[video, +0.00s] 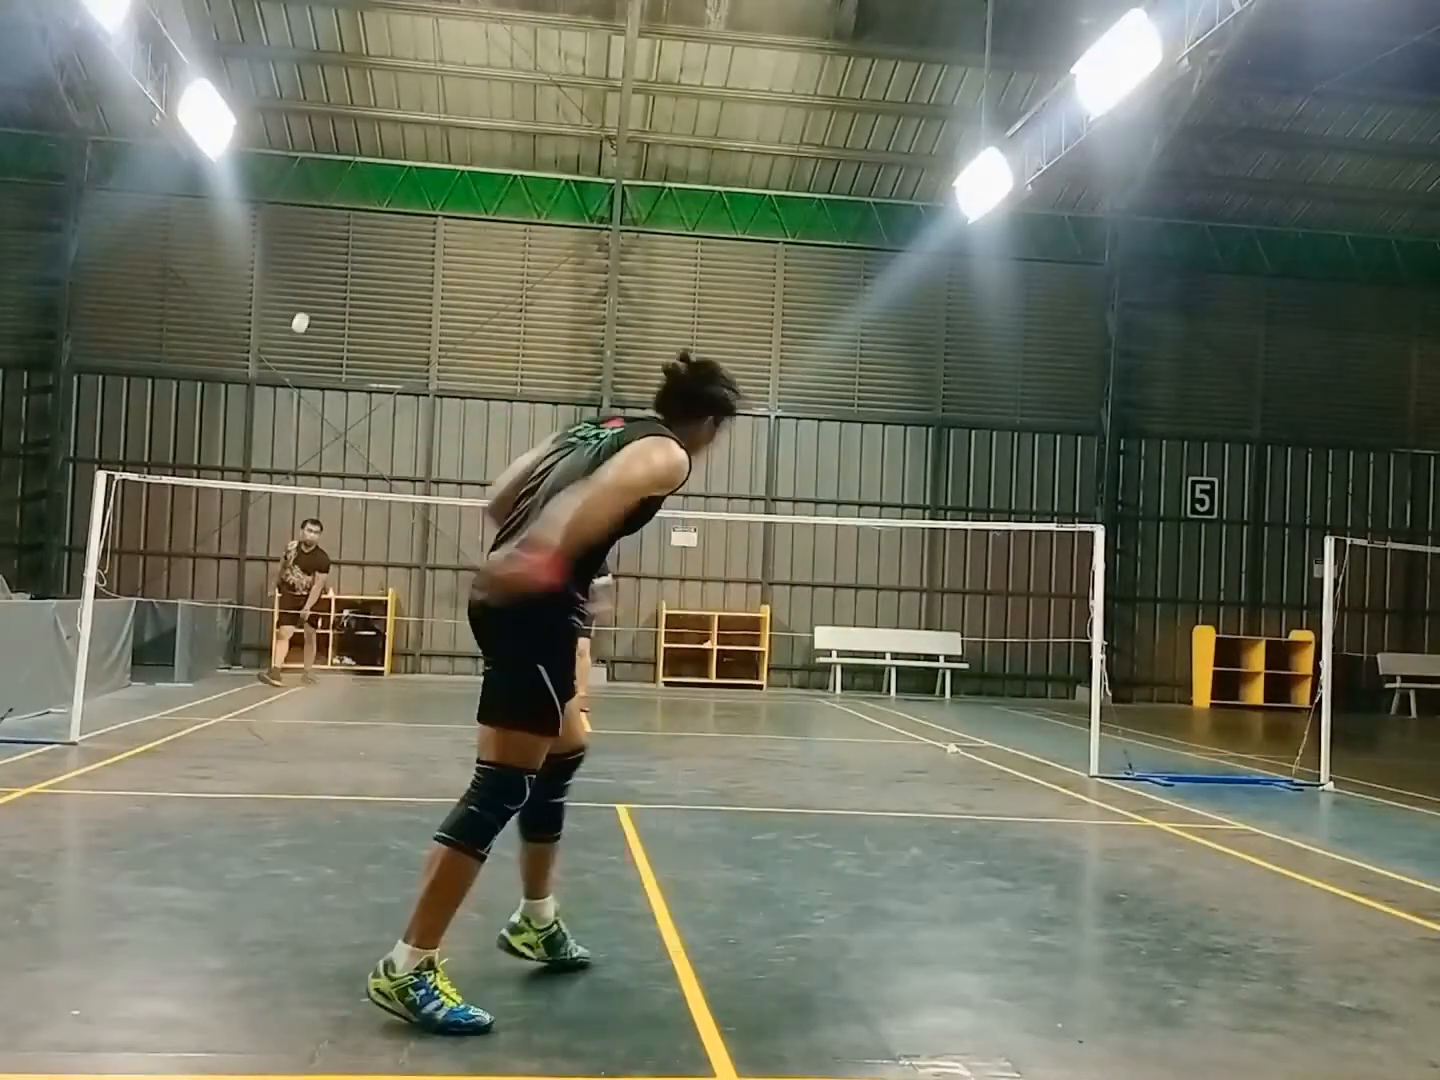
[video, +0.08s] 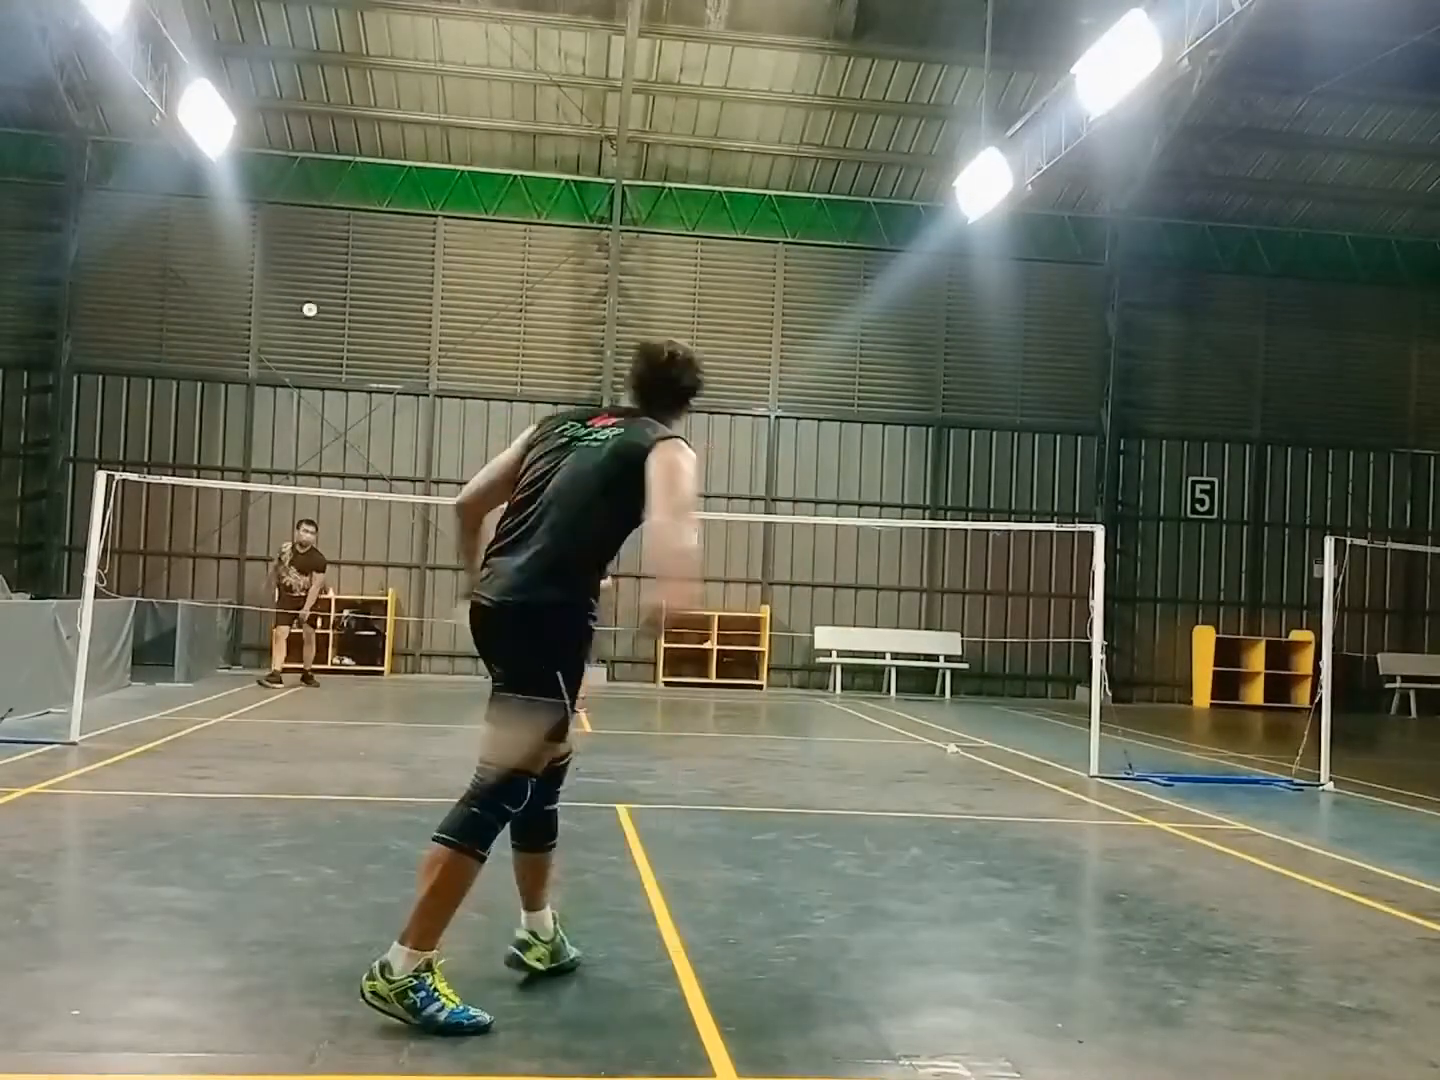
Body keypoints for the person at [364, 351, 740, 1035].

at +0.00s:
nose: (717, 443)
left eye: (721, 431)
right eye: (720, 430)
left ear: (664, 407)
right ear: (706, 423)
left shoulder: (599, 434)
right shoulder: (668, 455)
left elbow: (505, 491)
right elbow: (597, 496)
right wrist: (545, 553)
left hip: (505, 602)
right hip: (542, 611)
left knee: (565, 746)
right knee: (498, 787)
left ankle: (536, 920)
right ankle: (408, 967)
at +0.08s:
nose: (686, 417)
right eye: (690, 408)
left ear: (628, 388)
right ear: (683, 404)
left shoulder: (562, 424)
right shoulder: (665, 448)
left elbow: (472, 501)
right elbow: (671, 523)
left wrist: (479, 584)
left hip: (495, 609)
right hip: (549, 615)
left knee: (546, 764)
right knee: (498, 789)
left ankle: (537, 932)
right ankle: (404, 967)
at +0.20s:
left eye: (617, 374)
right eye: (667, 391)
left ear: (608, 379)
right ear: (665, 392)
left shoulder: (544, 422)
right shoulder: (666, 442)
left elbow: (460, 506)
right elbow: (734, 521)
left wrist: (416, 575)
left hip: (498, 615)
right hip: (562, 625)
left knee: (545, 782)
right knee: (503, 790)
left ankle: (556, 946)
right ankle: (404, 964)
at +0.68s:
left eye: (640, 371)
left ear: (638, 376)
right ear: (694, 383)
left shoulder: (590, 431)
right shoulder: (723, 449)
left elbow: (559, 519)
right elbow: (754, 548)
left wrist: (536, 620)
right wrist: (738, 590)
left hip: (602, 629)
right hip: (683, 631)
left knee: (590, 784)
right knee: (708, 778)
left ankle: (570, 951)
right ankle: (735, 941)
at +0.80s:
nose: (664, 392)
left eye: (664, 384)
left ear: (666, 391)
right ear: (720, 397)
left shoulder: (624, 447)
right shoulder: (752, 465)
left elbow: (595, 546)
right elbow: (784, 567)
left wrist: (581, 634)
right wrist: (752, 612)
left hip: (638, 639)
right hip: (717, 640)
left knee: (618, 787)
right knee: (747, 782)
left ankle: (578, 941)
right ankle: (787, 935)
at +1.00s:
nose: (674, 376)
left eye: (677, 368)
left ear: (681, 375)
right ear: (733, 382)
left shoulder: (650, 428)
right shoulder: (766, 444)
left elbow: (628, 525)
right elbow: (807, 535)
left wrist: (605, 615)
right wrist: (771, 609)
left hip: (662, 621)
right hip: (737, 624)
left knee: (635, 756)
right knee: (747, 754)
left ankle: (659, 908)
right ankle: (785, 893)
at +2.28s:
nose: (493, 295)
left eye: (508, 289)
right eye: (502, 287)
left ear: (540, 318)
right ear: (516, 319)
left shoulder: (586, 410)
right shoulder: (455, 393)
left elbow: (619, 525)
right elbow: (395, 479)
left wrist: (620, 638)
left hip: (532, 620)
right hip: (446, 614)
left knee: (516, 796)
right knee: (412, 791)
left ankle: (544, 967)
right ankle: (390, 956)